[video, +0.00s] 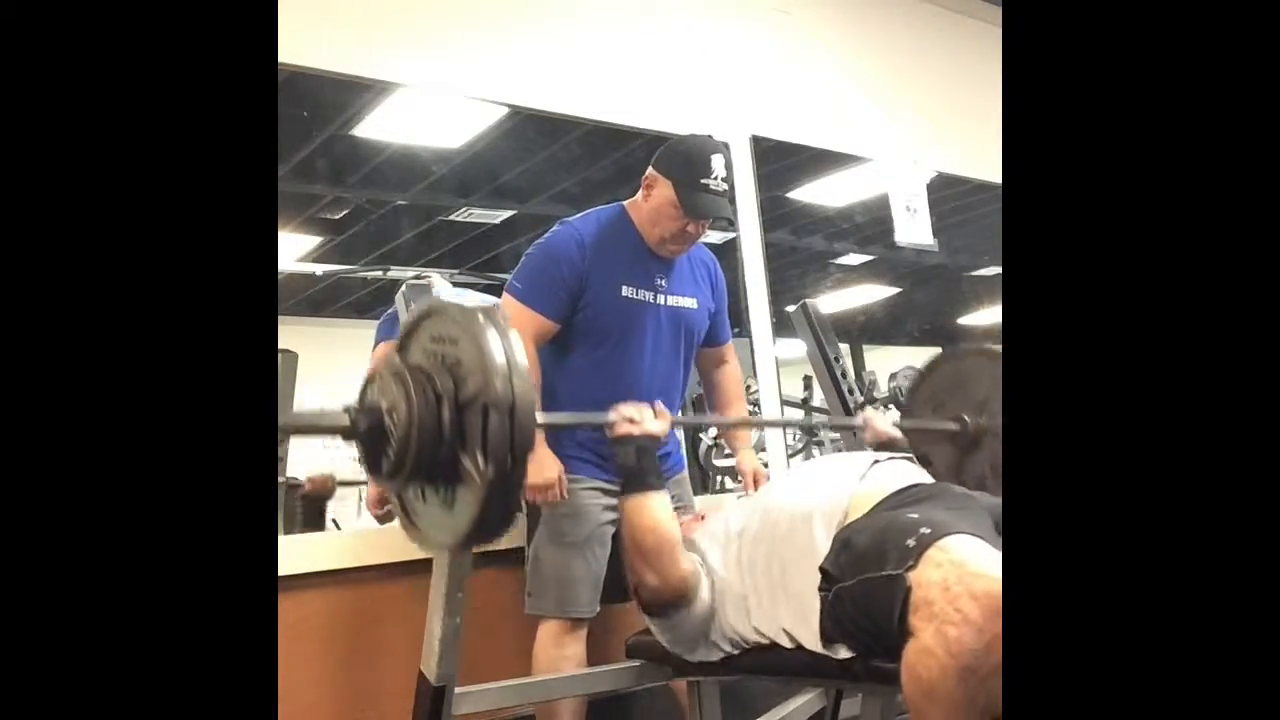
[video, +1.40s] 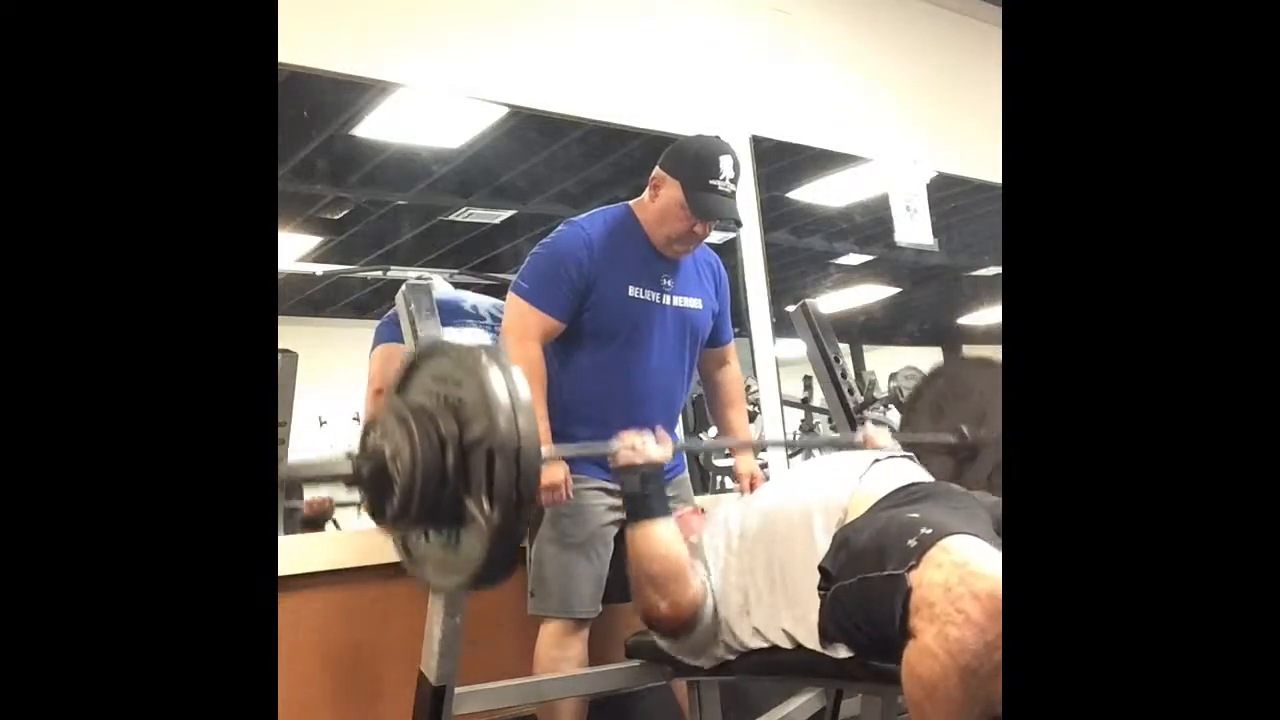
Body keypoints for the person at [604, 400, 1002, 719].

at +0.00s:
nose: (680, 506)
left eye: (676, 502)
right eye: (664, 517)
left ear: (693, 504)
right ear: (652, 559)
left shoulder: (761, 500)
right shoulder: (693, 609)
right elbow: (658, 578)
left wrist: (890, 440)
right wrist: (636, 456)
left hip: (951, 490)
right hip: (870, 530)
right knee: (976, 596)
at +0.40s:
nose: (684, 508)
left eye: (684, 506)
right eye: (674, 518)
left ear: (699, 508)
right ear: (670, 539)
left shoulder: (759, 502)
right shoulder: (695, 600)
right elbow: (668, 608)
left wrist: (876, 448)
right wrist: (644, 488)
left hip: (939, 490)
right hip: (865, 533)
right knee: (977, 608)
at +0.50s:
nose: (694, 500)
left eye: (694, 496)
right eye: (679, 508)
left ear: (713, 498)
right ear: (674, 540)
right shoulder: (694, 573)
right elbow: (682, 639)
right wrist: (650, 514)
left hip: (946, 491)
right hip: (873, 525)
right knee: (980, 612)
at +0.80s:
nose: (698, 500)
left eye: (698, 495)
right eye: (683, 505)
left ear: (713, 500)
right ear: (674, 541)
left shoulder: (765, 506)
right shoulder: (698, 574)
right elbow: (682, 640)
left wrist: (757, 487)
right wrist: (652, 511)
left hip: (956, 492)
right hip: (871, 528)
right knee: (983, 602)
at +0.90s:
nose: (685, 512)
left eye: (685, 508)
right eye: (675, 523)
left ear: (702, 506)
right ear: (672, 543)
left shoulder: (766, 500)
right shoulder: (701, 596)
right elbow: (667, 610)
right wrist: (644, 488)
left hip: (944, 495)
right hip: (868, 532)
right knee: (978, 601)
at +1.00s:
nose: (677, 509)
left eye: (674, 506)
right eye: (662, 519)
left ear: (688, 511)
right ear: (657, 549)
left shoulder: (761, 504)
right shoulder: (692, 608)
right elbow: (655, 574)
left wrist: (886, 444)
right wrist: (633, 451)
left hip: (941, 493)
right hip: (862, 533)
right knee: (977, 598)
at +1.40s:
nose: (682, 508)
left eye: (682, 502)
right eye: (670, 517)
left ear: (698, 503)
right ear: (666, 546)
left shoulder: (767, 498)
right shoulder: (696, 603)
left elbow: (901, 476)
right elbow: (667, 604)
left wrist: (878, 445)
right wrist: (642, 485)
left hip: (937, 492)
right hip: (867, 530)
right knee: (978, 602)